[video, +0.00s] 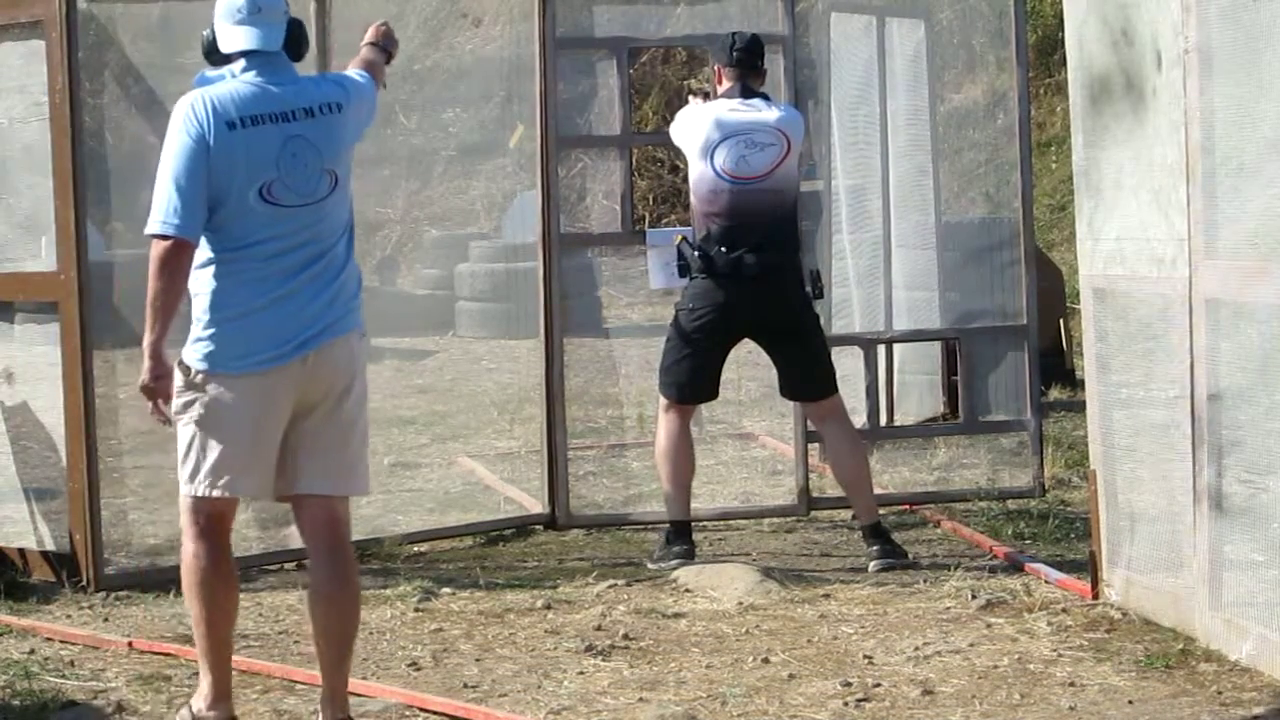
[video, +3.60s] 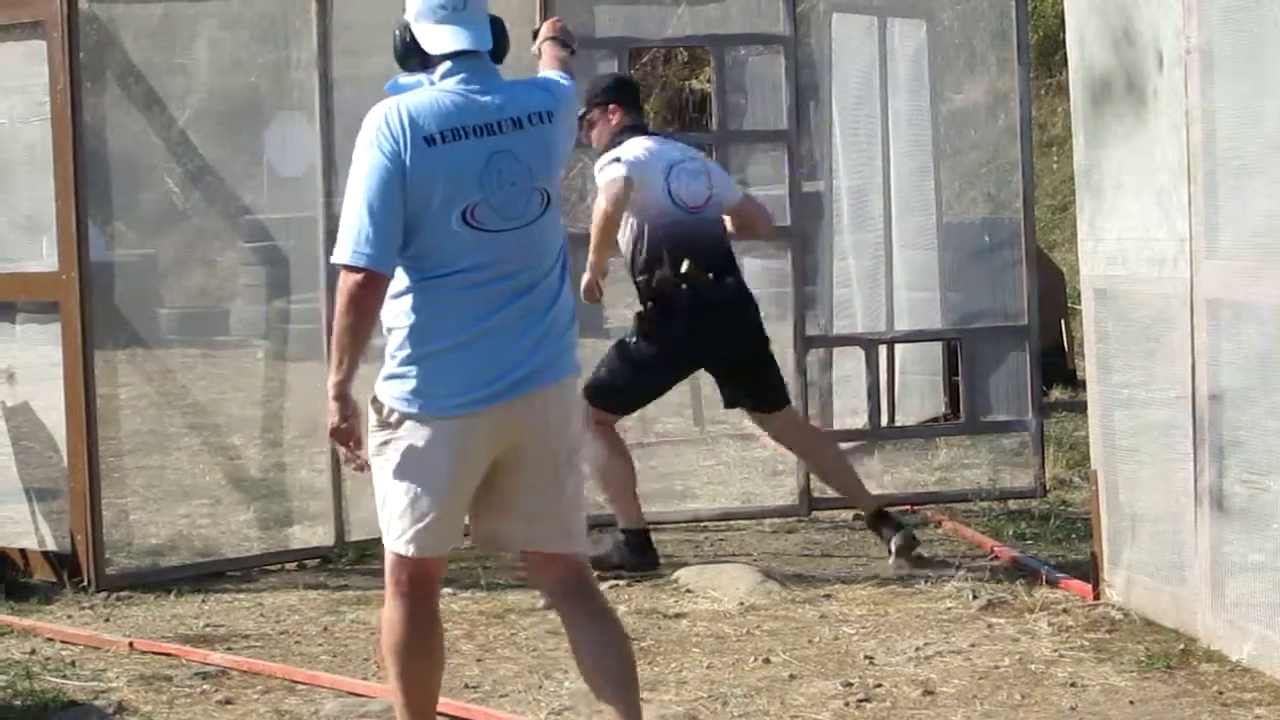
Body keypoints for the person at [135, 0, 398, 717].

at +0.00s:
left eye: (221, 46)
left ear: (216, 48)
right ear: (290, 42)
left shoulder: (200, 112)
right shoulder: (334, 99)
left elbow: (172, 244)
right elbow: (365, 78)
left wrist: (153, 347)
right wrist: (376, 48)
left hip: (233, 348)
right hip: (334, 337)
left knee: (206, 526)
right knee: (328, 527)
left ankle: (214, 698)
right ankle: (337, 705)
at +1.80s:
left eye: (230, 52)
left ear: (235, 53)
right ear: (316, 42)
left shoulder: (219, 120)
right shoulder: (362, 99)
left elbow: (193, 263)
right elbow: (384, 60)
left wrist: (172, 369)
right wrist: (392, 28)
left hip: (263, 373)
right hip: (366, 356)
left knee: (262, 553)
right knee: (400, 535)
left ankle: (286, 711)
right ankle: (462, 697)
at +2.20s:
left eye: (322, 47)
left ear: (324, 52)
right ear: (403, 42)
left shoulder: (317, 123)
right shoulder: (453, 100)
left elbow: (299, 268)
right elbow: (462, 65)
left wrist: (280, 376)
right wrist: (462, 33)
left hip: (354, 367)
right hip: (455, 356)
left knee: (313, 545)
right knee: (461, 551)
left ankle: (298, 709)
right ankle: (476, 713)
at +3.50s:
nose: (378, 62)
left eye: (380, 48)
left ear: (387, 49)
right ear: (469, 41)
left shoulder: (366, 119)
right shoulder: (524, 101)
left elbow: (334, 269)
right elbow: (548, 69)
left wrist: (311, 383)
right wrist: (551, 32)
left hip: (409, 388)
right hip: (518, 375)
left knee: (400, 583)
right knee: (536, 565)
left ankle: (410, 714)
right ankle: (599, 710)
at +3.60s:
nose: (403, 66)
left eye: (405, 52)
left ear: (413, 52)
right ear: (496, 46)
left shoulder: (395, 122)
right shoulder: (548, 102)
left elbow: (364, 275)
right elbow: (558, 73)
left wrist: (340, 388)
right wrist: (553, 38)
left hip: (435, 394)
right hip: (546, 379)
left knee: (412, 586)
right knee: (567, 578)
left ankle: (416, 713)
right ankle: (629, 713)